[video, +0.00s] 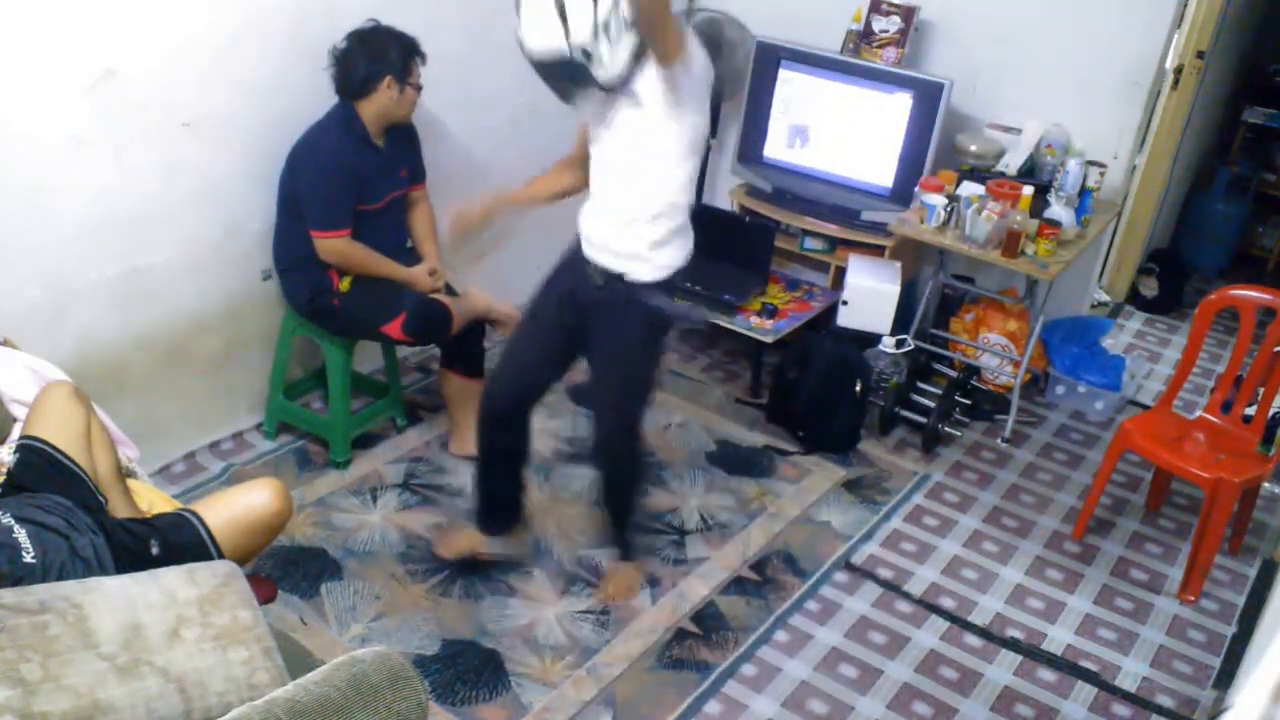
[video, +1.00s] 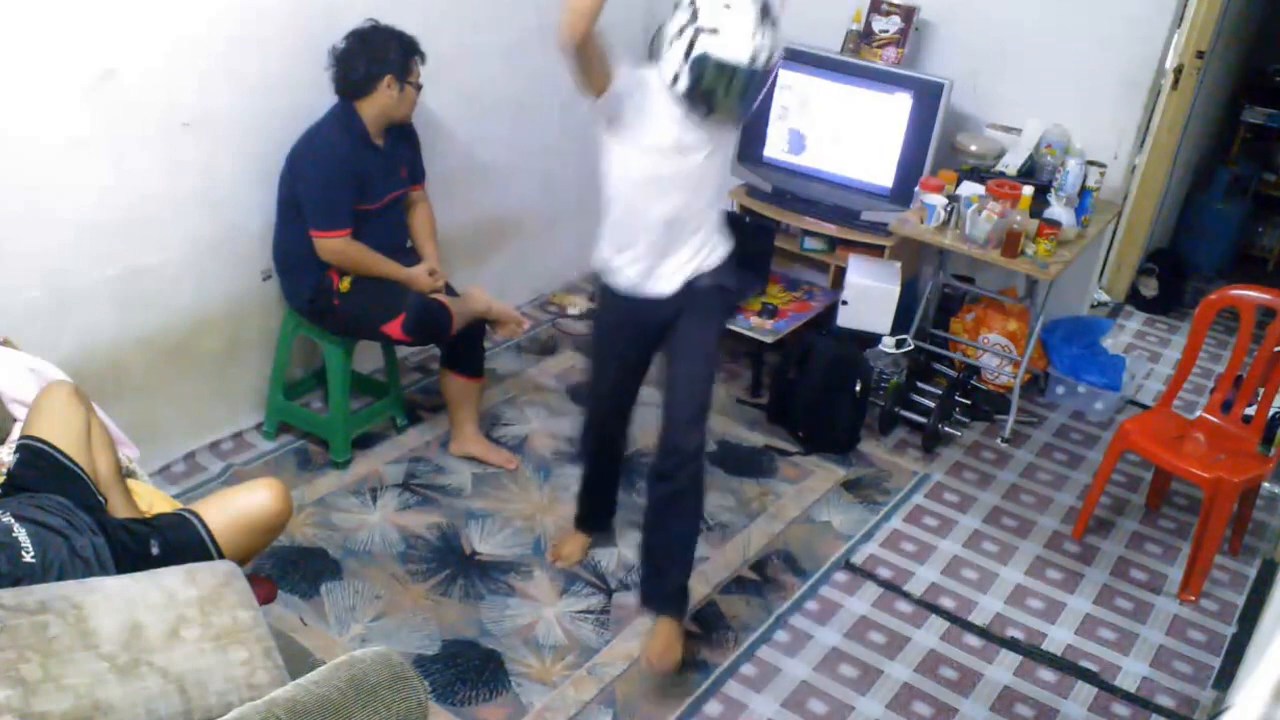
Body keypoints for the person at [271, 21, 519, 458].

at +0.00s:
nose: (419, 96)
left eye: (420, 87)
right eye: (416, 87)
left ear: (386, 86)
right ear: (388, 86)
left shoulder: (399, 130)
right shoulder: (326, 150)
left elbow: (417, 201)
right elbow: (331, 248)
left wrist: (431, 259)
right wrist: (407, 275)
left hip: (388, 262)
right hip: (326, 283)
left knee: (465, 326)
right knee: (421, 322)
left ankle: (465, 438)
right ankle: (476, 306)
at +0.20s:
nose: (419, 95)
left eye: (419, 86)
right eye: (416, 86)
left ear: (387, 87)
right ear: (388, 87)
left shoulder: (399, 131)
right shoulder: (326, 152)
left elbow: (417, 202)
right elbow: (332, 248)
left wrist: (430, 258)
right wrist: (407, 276)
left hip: (389, 264)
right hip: (327, 283)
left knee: (465, 322)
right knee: (427, 323)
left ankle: (465, 435)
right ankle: (479, 305)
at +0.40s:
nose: (419, 95)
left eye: (419, 86)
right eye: (416, 85)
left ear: (387, 87)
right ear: (388, 87)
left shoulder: (399, 131)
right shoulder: (326, 151)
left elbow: (418, 202)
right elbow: (333, 248)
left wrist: (429, 259)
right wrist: (408, 276)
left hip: (389, 265)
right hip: (327, 283)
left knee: (465, 321)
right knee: (427, 323)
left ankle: (465, 435)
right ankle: (479, 305)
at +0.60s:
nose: (419, 95)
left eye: (419, 87)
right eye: (416, 86)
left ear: (387, 86)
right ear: (388, 86)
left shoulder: (399, 131)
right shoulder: (326, 151)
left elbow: (417, 202)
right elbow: (333, 248)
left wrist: (430, 258)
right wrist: (407, 276)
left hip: (388, 265)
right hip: (326, 283)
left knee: (466, 320)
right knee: (426, 323)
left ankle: (465, 434)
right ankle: (478, 305)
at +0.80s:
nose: (419, 95)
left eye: (419, 87)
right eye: (416, 86)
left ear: (387, 86)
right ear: (388, 86)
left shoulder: (399, 131)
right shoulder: (326, 150)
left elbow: (417, 202)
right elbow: (332, 248)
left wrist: (430, 258)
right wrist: (407, 276)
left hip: (388, 265)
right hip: (325, 282)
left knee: (466, 320)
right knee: (425, 323)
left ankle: (465, 435)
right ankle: (478, 304)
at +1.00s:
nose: (419, 95)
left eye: (419, 87)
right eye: (416, 86)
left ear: (387, 86)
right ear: (388, 86)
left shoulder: (399, 132)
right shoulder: (326, 150)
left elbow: (417, 202)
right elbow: (332, 248)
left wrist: (429, 258)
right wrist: (407, 276)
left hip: (388, 266)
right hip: (326, 283)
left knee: (466, 321)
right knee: (426, 323)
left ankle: (465, 435)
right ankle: (477, 305)